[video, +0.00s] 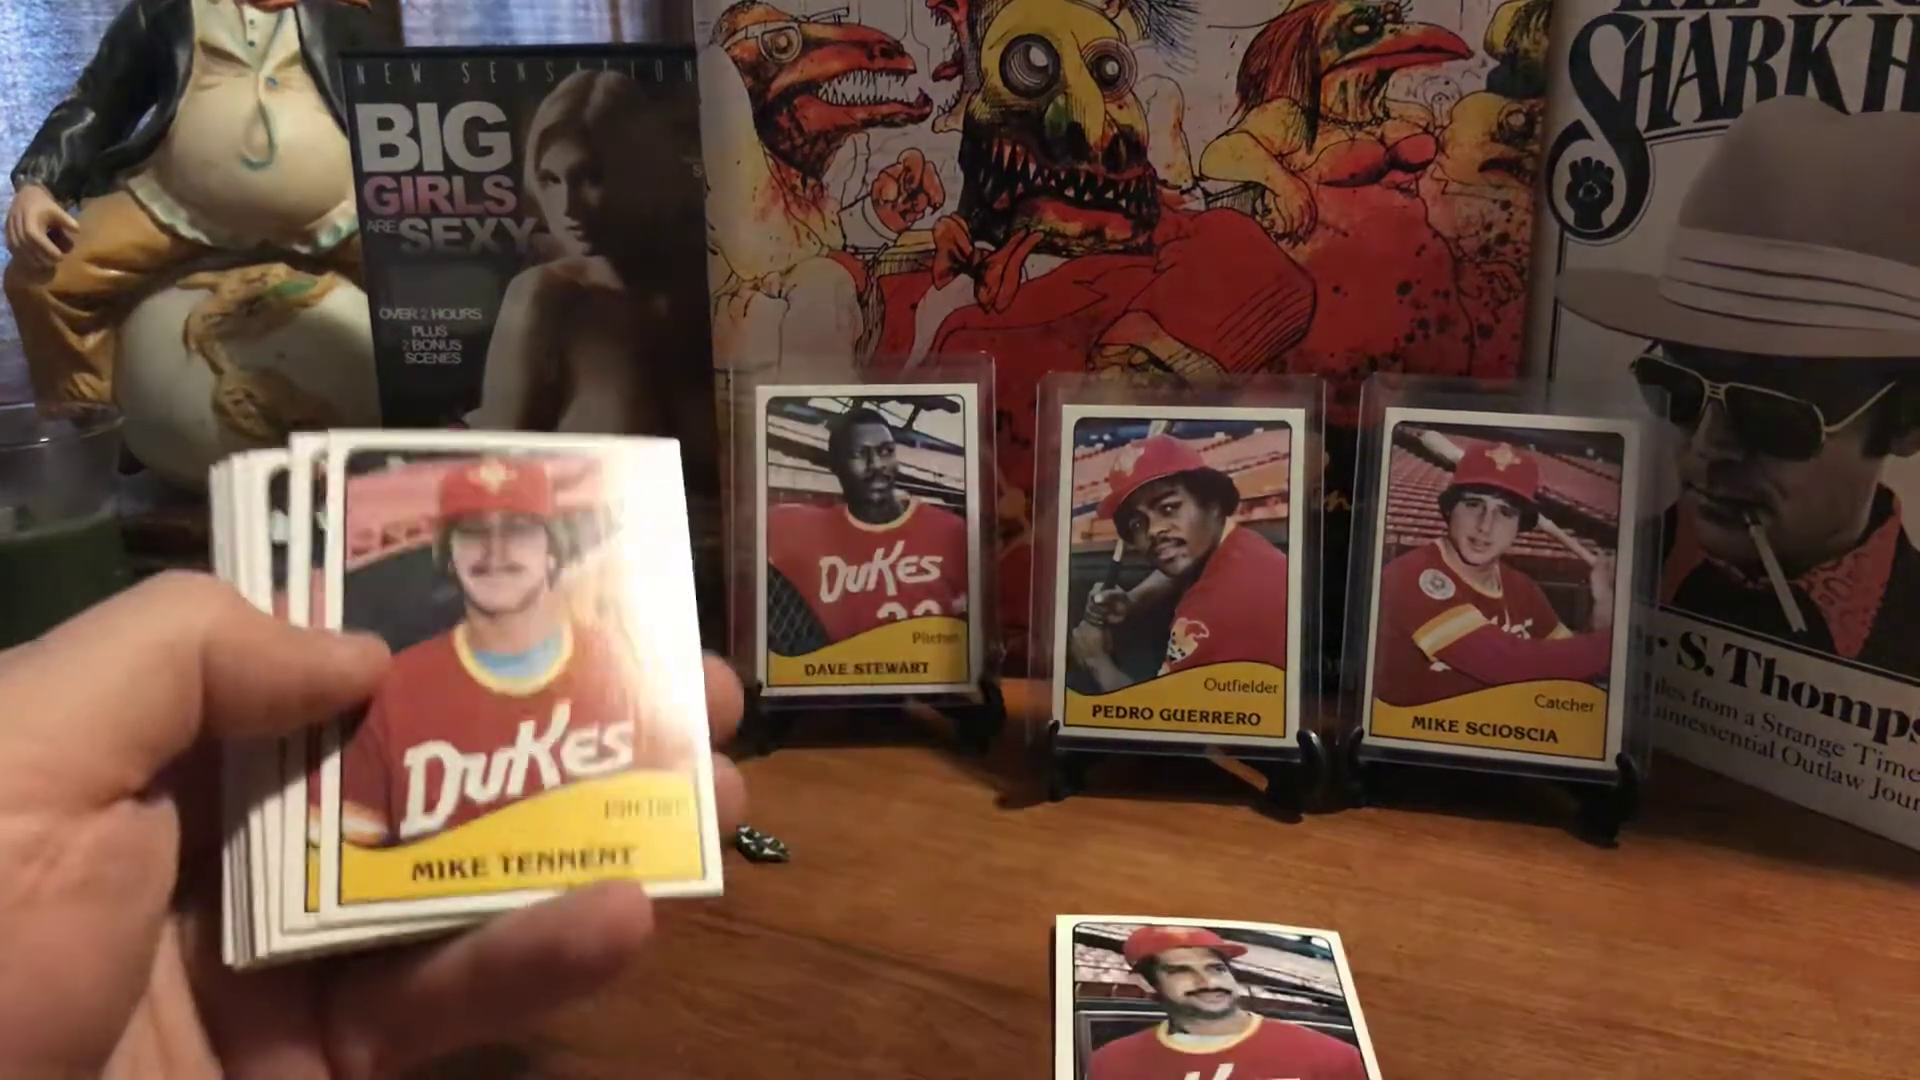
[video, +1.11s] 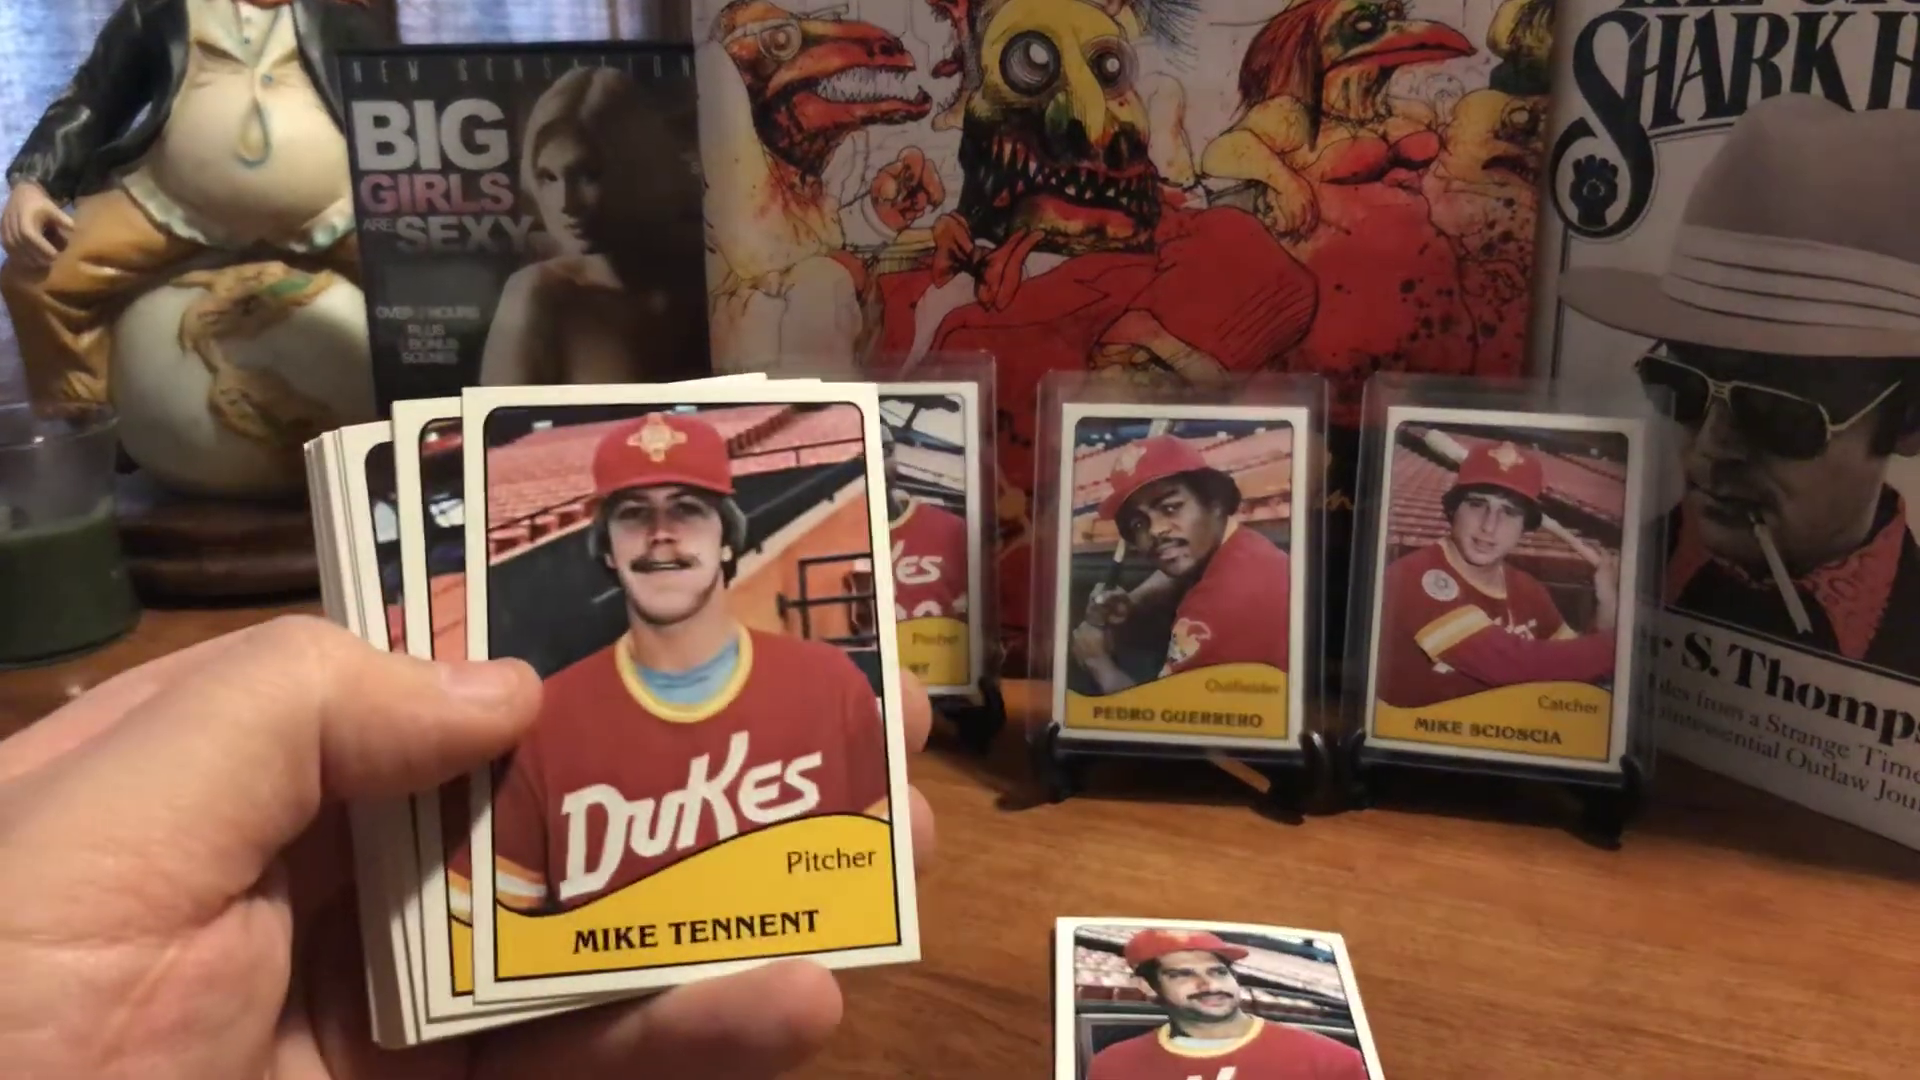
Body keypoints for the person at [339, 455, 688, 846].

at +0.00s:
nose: (495, 553)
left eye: (518, 529)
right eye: (474, 531)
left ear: (554, 547)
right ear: (448, 549)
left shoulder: (622, 665)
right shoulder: (404, 683)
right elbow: (354, 849)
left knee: (624, 906)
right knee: (621, 907)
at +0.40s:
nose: (530, 536)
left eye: (552, 514)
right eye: (507, 518)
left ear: (590, 535)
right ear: (481, 545)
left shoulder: (679, 664)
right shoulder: (436, 694)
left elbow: (756, 797)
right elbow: (383, 871)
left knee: (670, 926)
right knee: (667, 929)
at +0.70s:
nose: (581, 542)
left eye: (605, 519)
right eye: (556, 523)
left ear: (644, 544)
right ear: (529, 552)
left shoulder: (735, 681)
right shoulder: (480, 713)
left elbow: (814, 821)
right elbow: (437, 901)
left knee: (714, 968)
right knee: (714, 965)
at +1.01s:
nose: (647, 543)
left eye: (672, 518)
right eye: (620, 522)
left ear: (713, 544)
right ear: (592, 553)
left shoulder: (810, 690)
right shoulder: (540, 724)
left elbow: (887, 844)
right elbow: (491, 926)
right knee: (787, 996)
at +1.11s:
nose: (660, 534)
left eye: (686, 509)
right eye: (633, 513)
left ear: (727, 534)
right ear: (606, 543)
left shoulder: (827, 683)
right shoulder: (550, 717)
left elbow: (900, 854)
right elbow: (506, 924)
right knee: (803, 991)